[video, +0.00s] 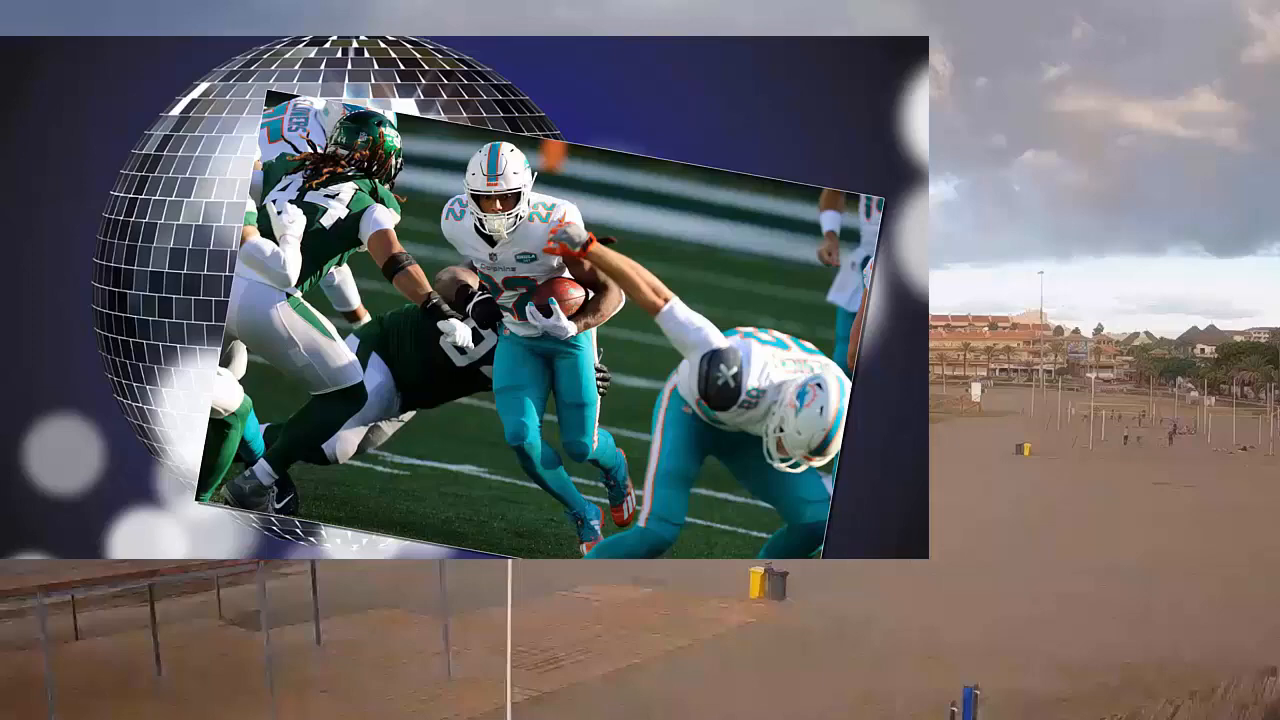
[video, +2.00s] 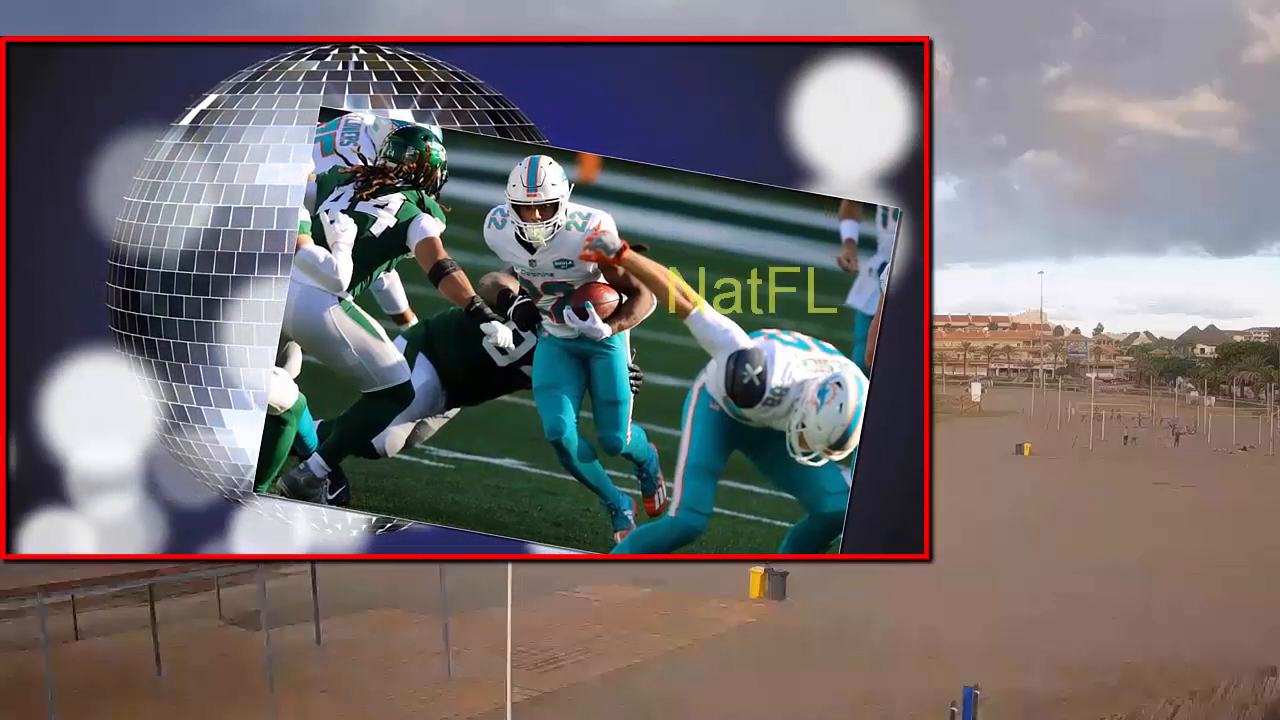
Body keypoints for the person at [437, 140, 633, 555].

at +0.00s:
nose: (495, 207)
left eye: (505, 198)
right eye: (486, 199)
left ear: (524, 190)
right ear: (473, 194)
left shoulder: (558, 221)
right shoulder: (456, 220)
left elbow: (614, 291)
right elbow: (482, 265)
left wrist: (576, 326)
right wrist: (482, 298)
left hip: (571, 338)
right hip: (516, 337)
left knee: (578, 446)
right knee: (520, 438)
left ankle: (617, 473)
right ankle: (584, 514)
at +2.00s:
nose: (534, 217)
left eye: (543, 208)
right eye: (525, 209)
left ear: (561, 201)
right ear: (512, 204)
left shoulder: (594, 229)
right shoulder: (497, 228)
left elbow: (646, 295)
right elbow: (524, 272)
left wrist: (610, 328)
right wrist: (527, 303)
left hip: (606, 340)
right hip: (554, 339)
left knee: (613, 440)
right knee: (558, 433)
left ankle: (649, 469)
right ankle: (619, 507)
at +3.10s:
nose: (556, 222)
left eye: (565, 213)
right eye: (547, 214)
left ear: (582, 207)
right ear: (535, 209)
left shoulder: (614, 234)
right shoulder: (520, 233)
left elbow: (663, 297)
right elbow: (548, 275)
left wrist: (629, 329)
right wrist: (551, 304)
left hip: (625, 341)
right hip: (575, 340)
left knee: (632, 437)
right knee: (580, 431)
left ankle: (666, 463)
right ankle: (637, 501)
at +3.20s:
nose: (557, 223)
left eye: (566, 214)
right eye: (549, 215)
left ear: (584, 208)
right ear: (537, 210)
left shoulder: (616, 235)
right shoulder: (522, 234)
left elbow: (665, 297)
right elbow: (551, 276)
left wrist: (631, 330)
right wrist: (555, 305)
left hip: (627, 341)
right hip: (577, 340)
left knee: (634, 437)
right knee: (581, 430)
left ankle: (668, 463)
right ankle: (639, 500)